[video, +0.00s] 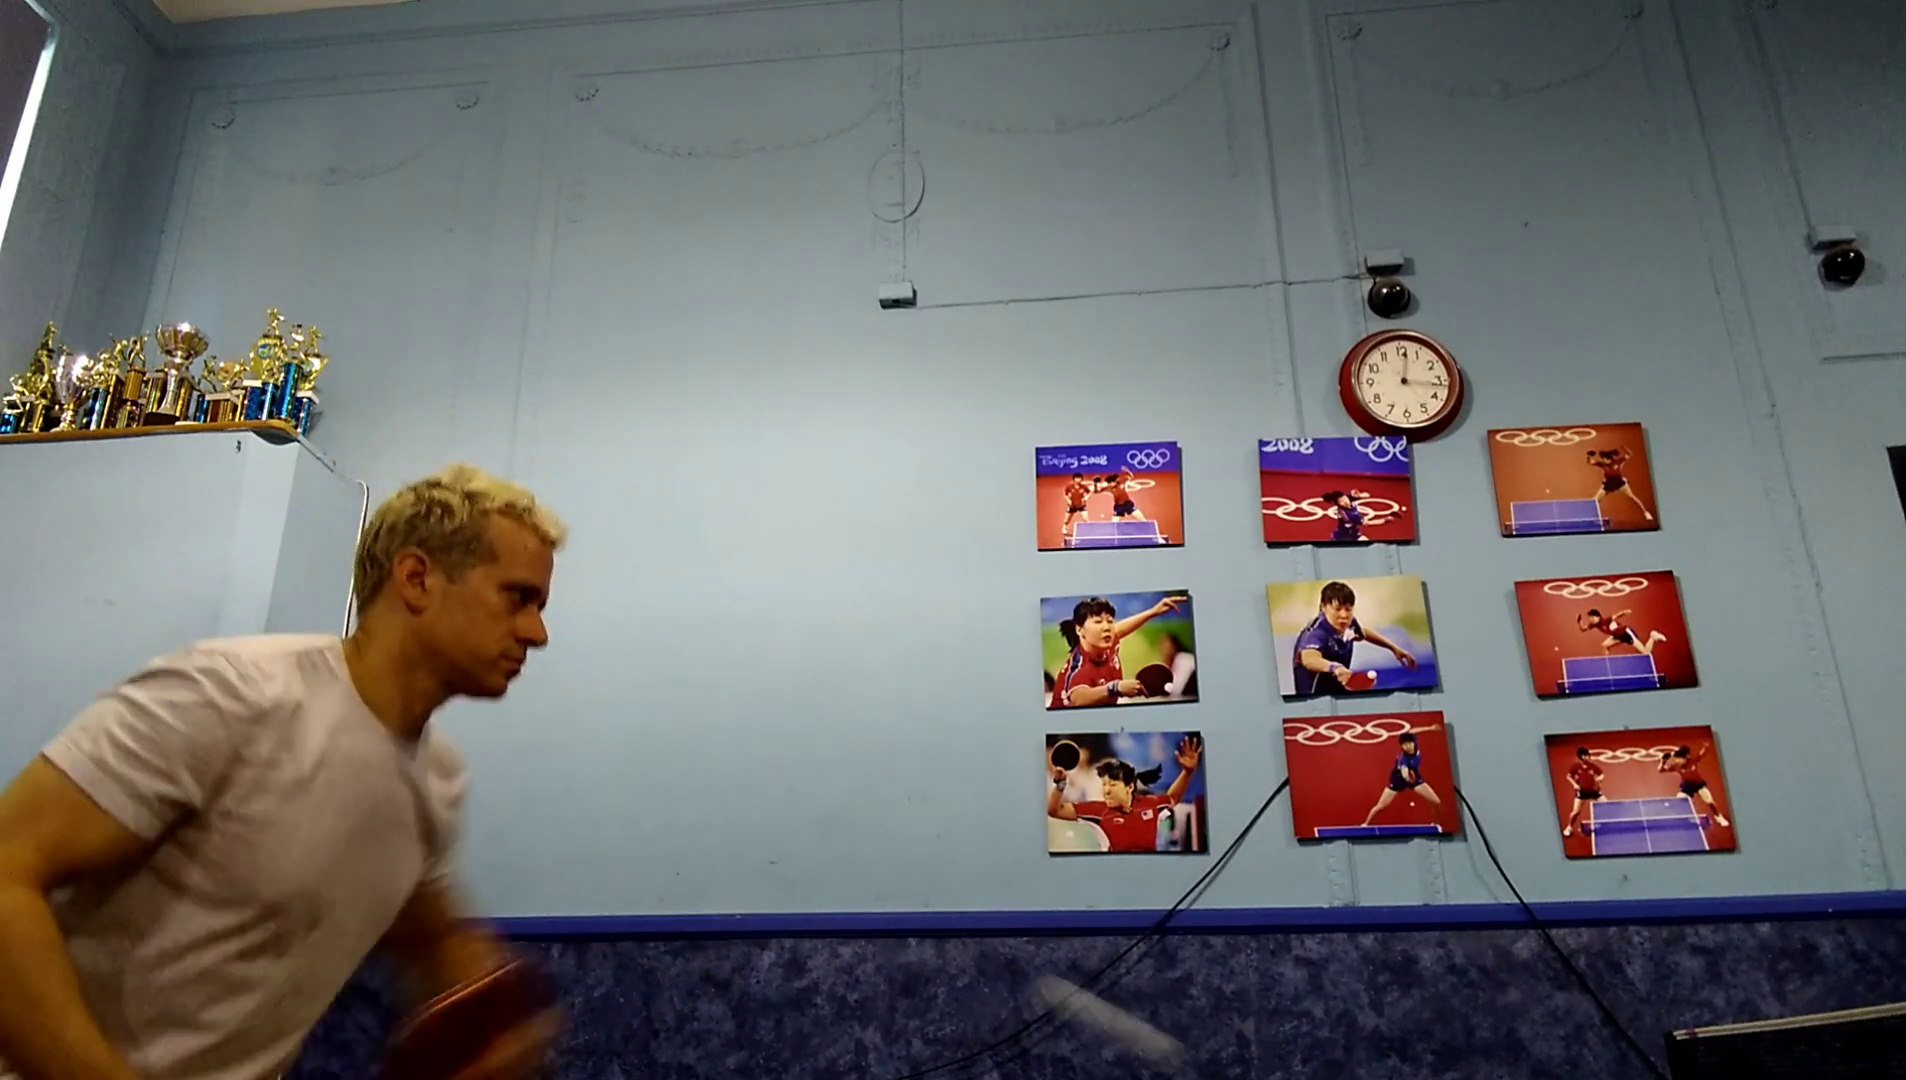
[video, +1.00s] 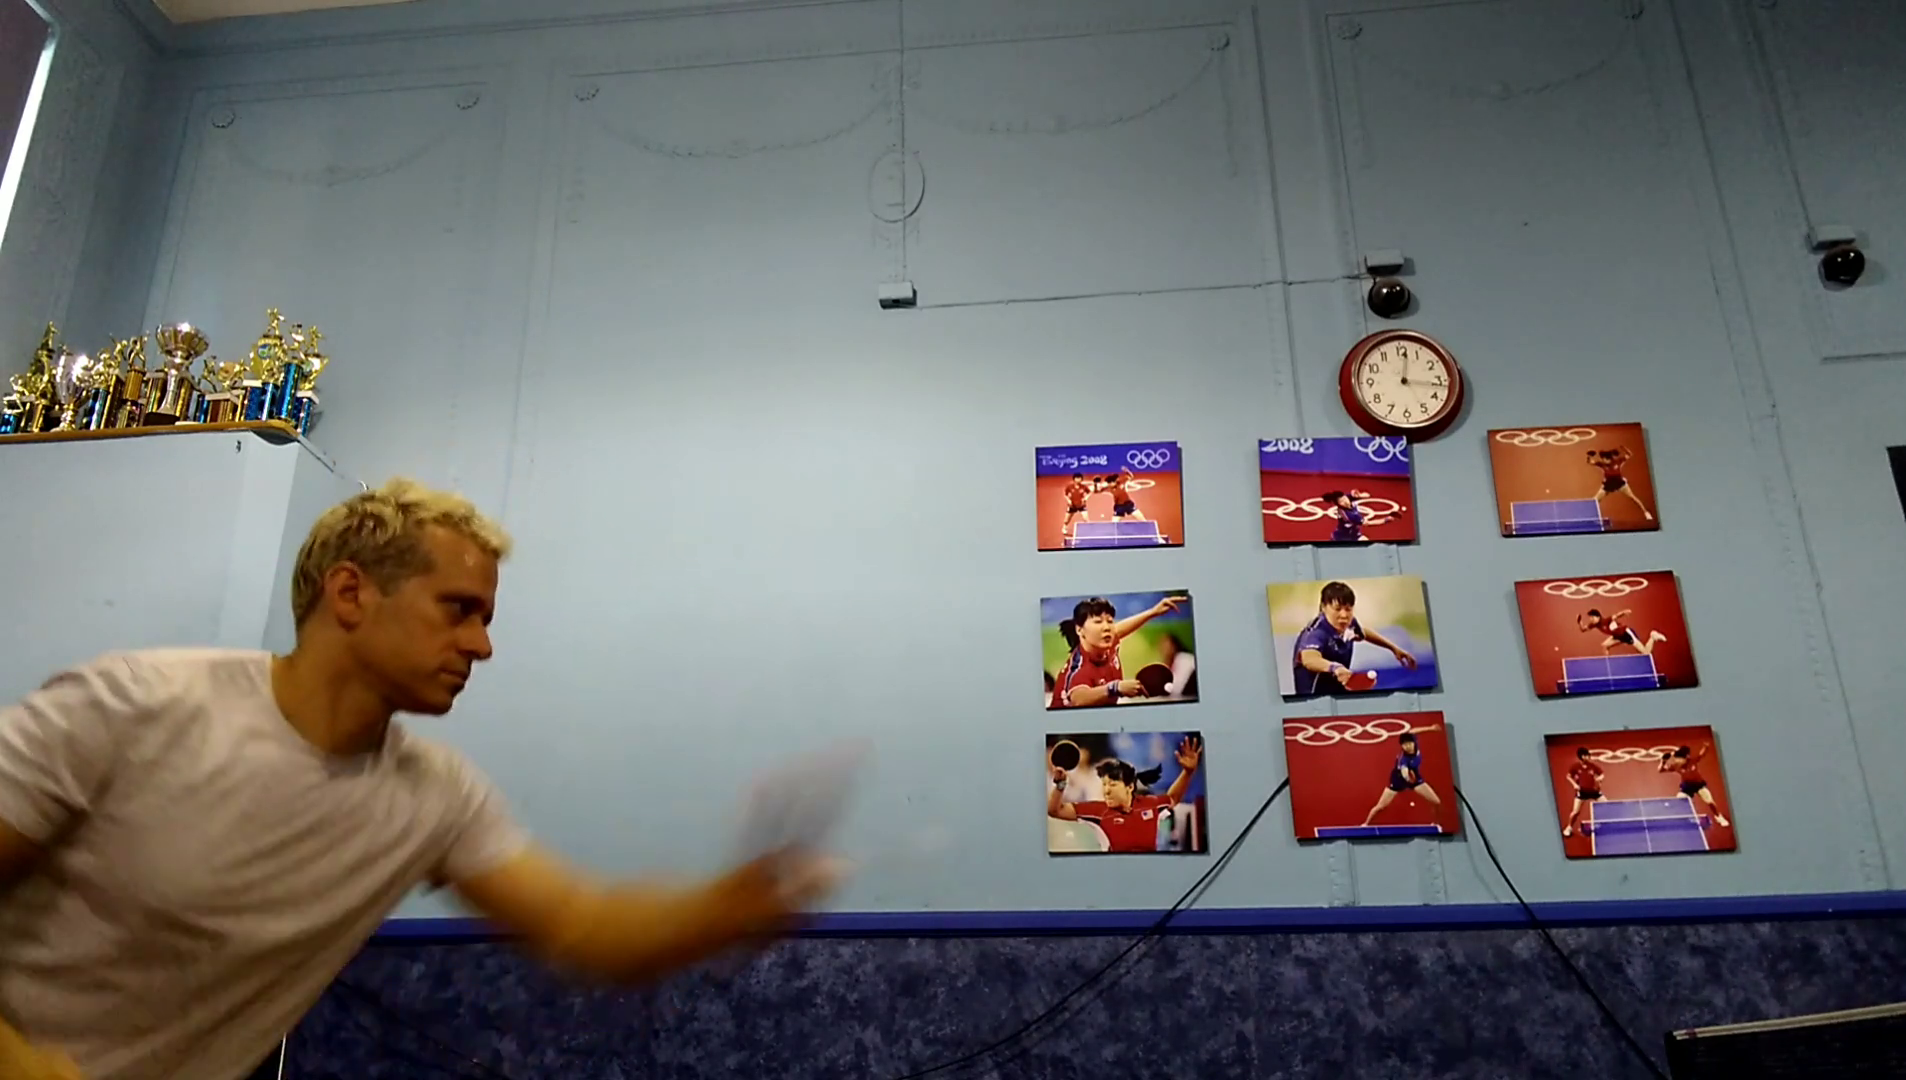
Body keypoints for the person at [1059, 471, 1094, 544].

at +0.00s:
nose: (1078, 481)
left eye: (1079, 479)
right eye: (1077, 479)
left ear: (1081, 480)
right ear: (1074, 479)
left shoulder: (1083, 487)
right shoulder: (1070, 487)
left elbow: (1089, 492)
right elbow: (1065, 494)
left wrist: (1085, 498)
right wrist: (1068, 501)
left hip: (1081, 505)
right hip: (1072, 505)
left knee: (1086, 519)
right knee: (1066, 520)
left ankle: (1089, 530)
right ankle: (1064, 528)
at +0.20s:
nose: (1078, 481)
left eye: (1079, 479)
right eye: (1077, 479)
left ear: (1081, 479)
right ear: (1074, 480)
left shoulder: (1083, 487)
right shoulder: (1070, 487)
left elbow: (1089, 492)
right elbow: (1065, 494)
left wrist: (1085, 498)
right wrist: (1068, 500)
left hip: (1081, 505)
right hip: (1072, 505)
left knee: (1086, 519)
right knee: (1066, 520)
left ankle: (1089, 531)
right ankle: (1064, 529)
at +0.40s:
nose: (1078, 481)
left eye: (1079, 479)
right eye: (1077, 479)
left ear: (1081, 480)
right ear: (1074, 480)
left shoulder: (1083, 487)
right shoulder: (1070, 487)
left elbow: (1089, 492)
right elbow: (1065, 494)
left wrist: (1085, 498)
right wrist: (1068, 500)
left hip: (1081, 505)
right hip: (1072, 505)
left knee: (1086, 519)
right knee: (1066, 520)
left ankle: (1089, 531)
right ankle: (1064, 529)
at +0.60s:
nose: (1078, 481)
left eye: (1079, 479)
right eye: (1077, 479)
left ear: (1081, 480)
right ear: (1074, 480)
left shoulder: (1083, 487)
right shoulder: (1070, 487)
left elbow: (1089, 492)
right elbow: (1065, 494)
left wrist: (1085, 498)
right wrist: (1068, 501)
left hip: (1081, 505)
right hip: (1072, 505)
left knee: (1086, 519)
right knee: (1066, 520)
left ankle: (1090, 531)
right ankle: (1064, 528)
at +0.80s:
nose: (1078, 481)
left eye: (1079, 479)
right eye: (1077, 479)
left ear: (1081, 479)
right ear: (1074, 480)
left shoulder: (1083, 487)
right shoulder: (1070, 487)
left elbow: (1089, 492)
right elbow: (1065, 494)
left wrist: (1085, 498)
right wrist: (1068, 500)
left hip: (1081, 505)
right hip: (1072, 505)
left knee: (1086, 519)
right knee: (1066, 520)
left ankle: (1090, 531)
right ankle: (1064, 528)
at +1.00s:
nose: (1078, 481)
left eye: (1079, 479)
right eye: (1077, 479)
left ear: (1081, 479)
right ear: (1074, 480)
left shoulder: (1083, 487)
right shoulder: (1070, 487)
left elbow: (1089, 492)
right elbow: (1065, 494)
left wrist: (1085, 498)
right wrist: (1068, 500)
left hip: (1081, 505)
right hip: (1072, 505)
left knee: (1086, 519)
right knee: (1066, 520)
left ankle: (1090, 531)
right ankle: (1064, 528)